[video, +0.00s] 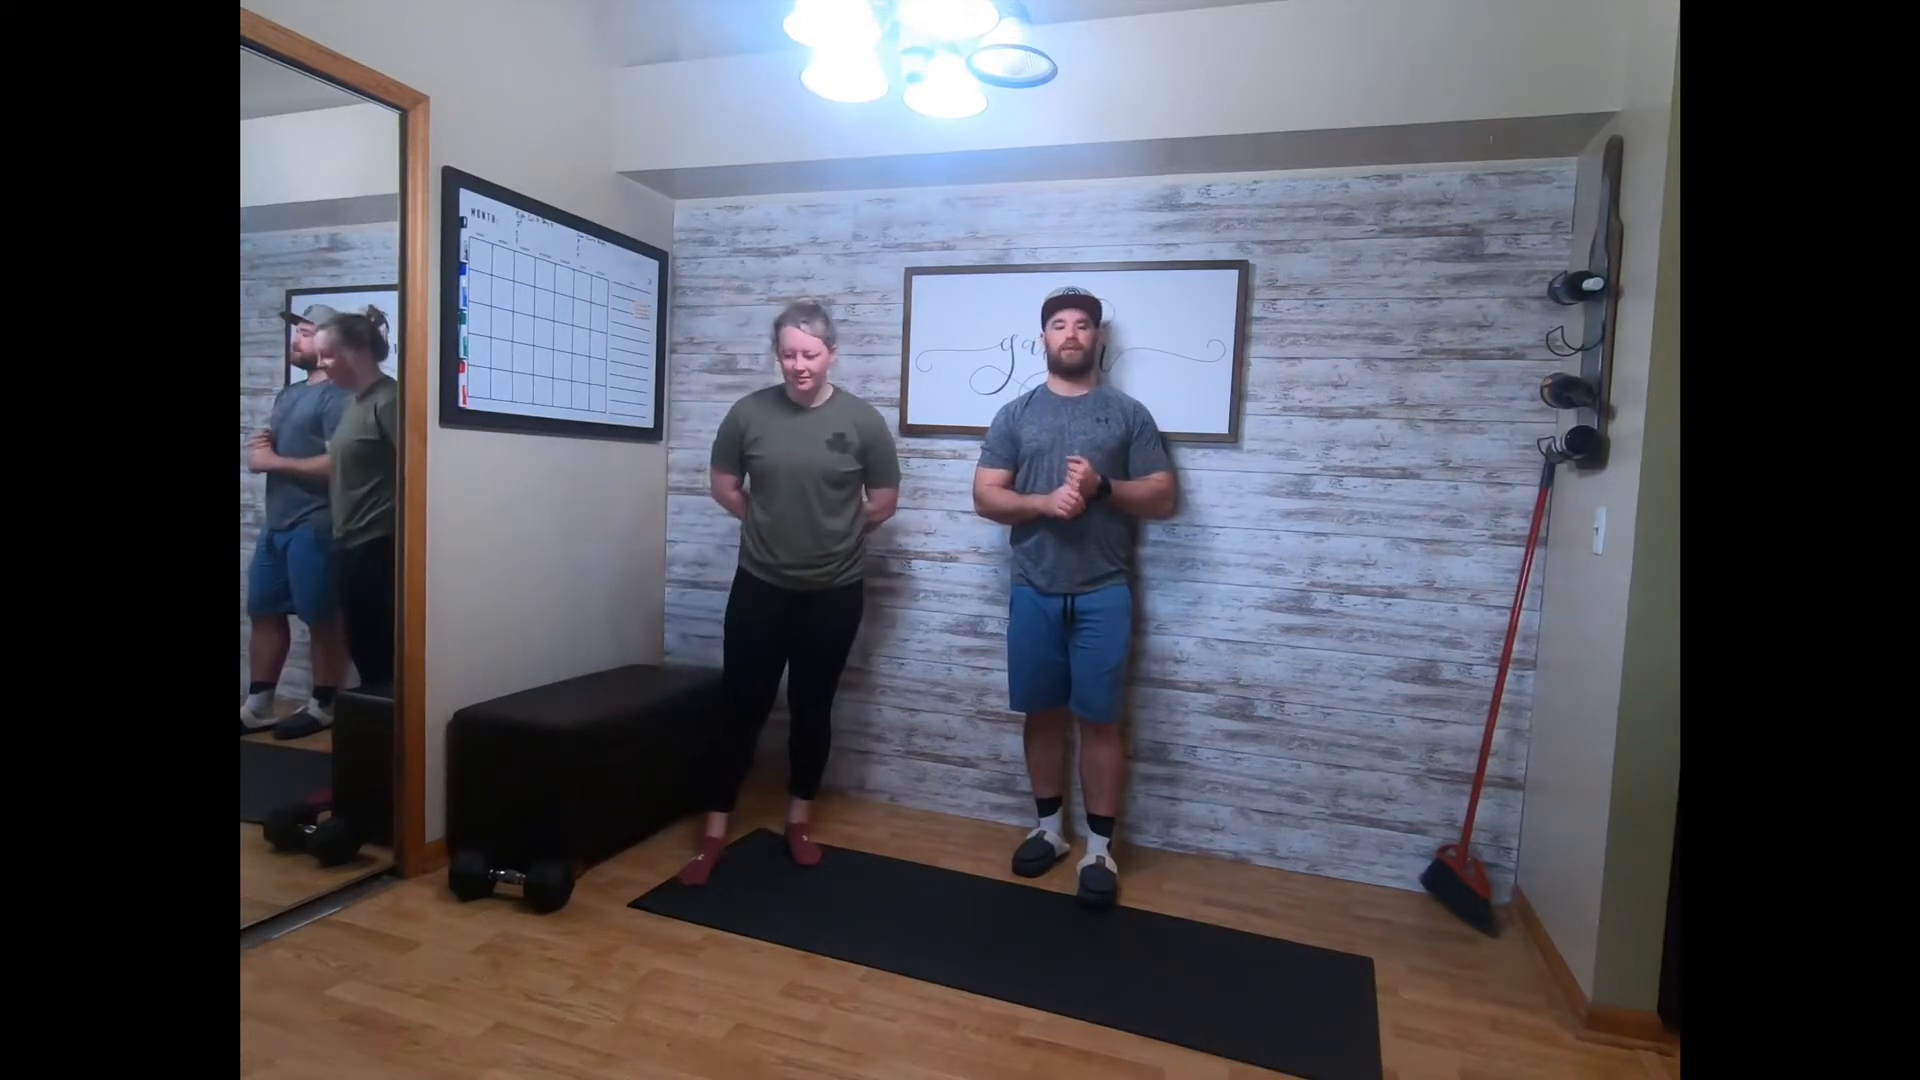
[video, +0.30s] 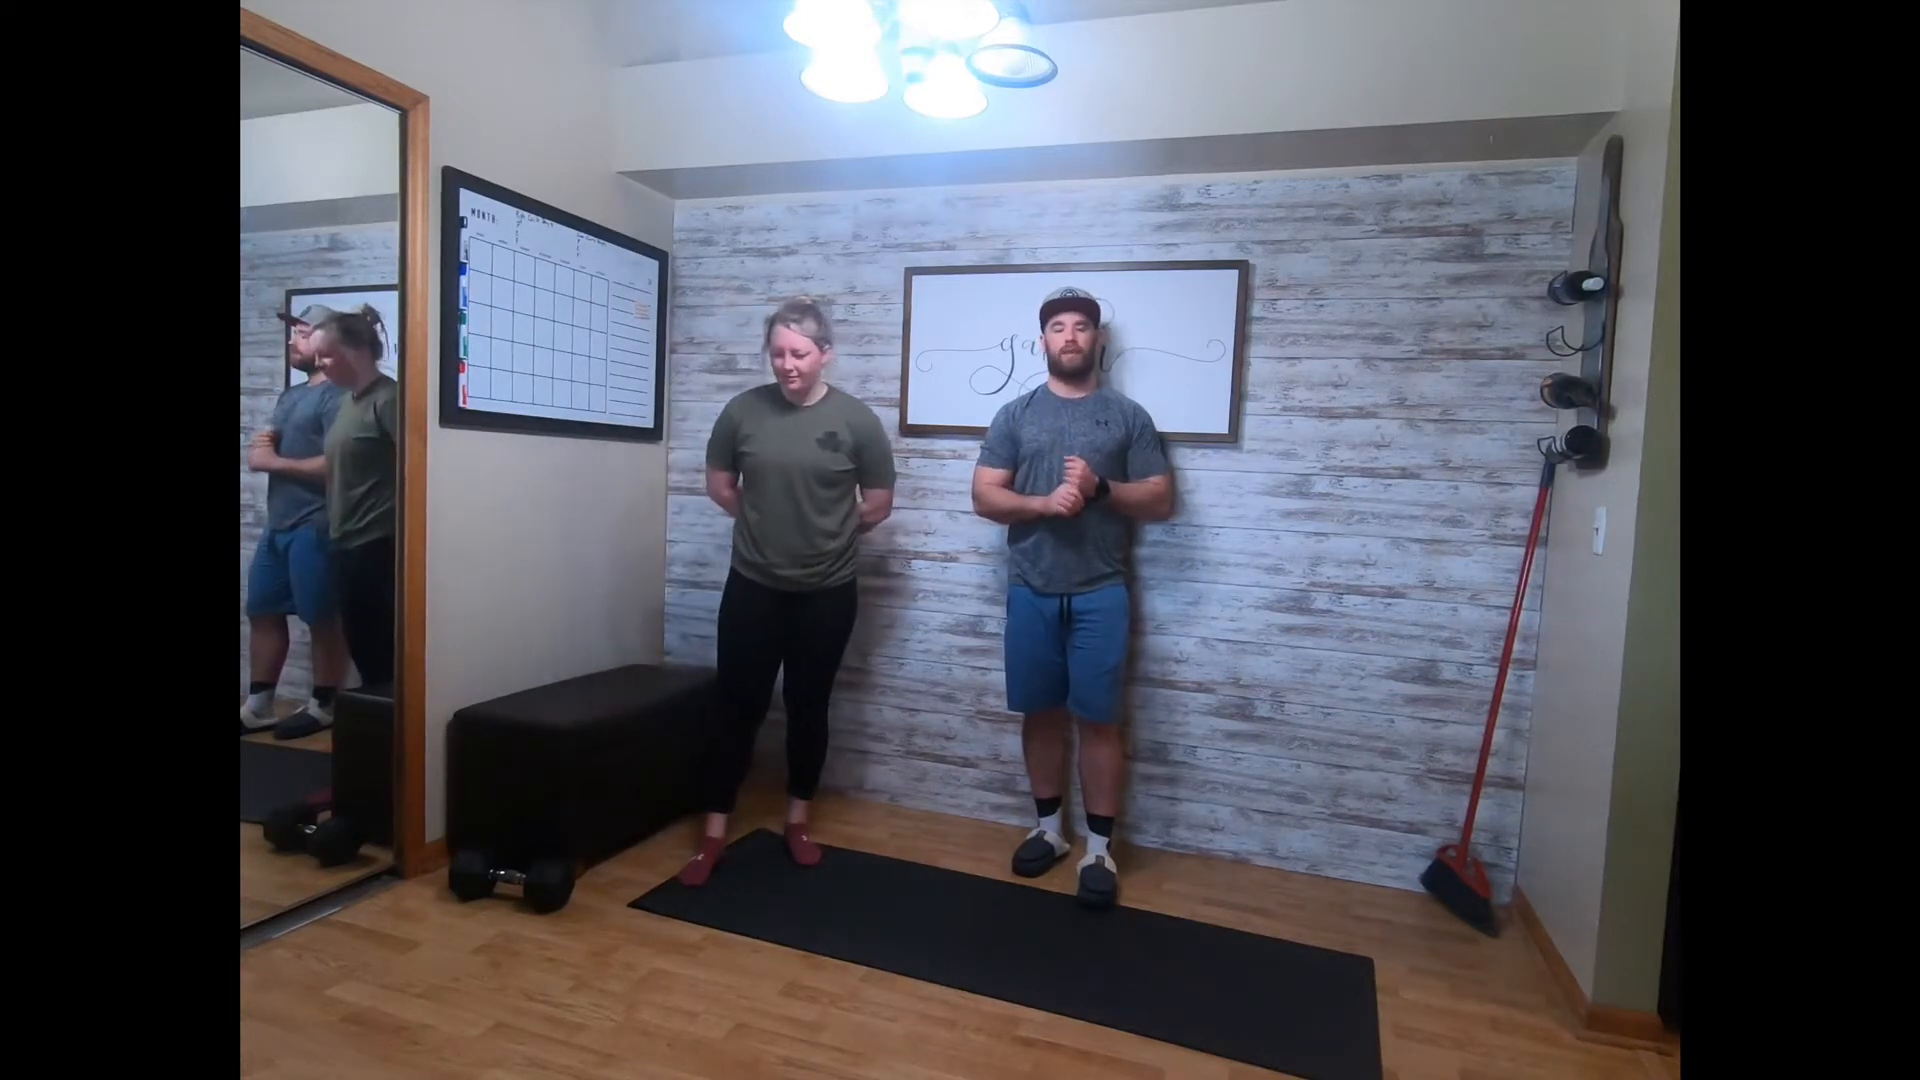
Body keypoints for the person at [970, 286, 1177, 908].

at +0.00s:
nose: (1071, 333)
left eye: (1082, 325)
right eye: (1059, 325)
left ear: (1098, 339)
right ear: (1043, 339)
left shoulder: (1126, 414)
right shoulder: (1015, 415)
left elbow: (1163, 498)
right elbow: (986, 497)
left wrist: (1104, 488)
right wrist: (1042, 502)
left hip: (1103, 586)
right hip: (1034, 586)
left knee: (1098, 716)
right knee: (1042, 711)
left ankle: (1099, 850)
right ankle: (1049, 831)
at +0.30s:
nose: (1069, 336)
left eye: (1081, 327)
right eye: (1058, 328)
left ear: (1097, 340)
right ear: (1043, 341)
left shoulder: (1126, 416)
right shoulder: (1015, 415)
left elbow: (1160, 501)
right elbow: (985, 496)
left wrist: (1103, 489)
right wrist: (1042, 503)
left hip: (1101, 585)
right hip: (1031, 585)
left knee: (1097, 715)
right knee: (1040, 710)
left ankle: (1098, 850)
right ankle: (1048, 831)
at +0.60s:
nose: (1071, 335)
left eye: (1083, 327)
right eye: (1060, 327)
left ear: (1099, 341)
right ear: (1044, 340)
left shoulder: (1124, 415)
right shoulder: (1017, 411)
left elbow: (1165, 502)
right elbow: (966, 489)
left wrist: (1158, 455)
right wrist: (991, 454)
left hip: (1097, 583)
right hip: (1029, 582)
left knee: (1094, 715)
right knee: (1038, 711)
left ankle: (1098, 851)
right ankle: (1048, 831)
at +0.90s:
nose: (1071, 335)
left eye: (1083, 327)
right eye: (1060, 326)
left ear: (1099, 341)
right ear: (1044, 339)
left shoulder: (1127, 408)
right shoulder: (1015, 405)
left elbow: (1199, 445)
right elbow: (939, 436)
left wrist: (1204, 374)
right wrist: (949, 369)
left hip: (1095, 584)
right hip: (1025, 583)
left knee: (1095, 717)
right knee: (1036, 712)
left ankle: (1097, 851)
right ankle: (1048, 831)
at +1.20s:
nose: (1071, 337)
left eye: (1082, 328)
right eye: (1059, 328)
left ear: (1100, 339)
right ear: (1044, 341)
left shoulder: (1124, 394)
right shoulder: (1019, 391)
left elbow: (1184, 337)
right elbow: (951, 341)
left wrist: (1215, 256)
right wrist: (935, 260)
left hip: (1093, 574)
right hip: (1024, 572)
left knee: (1094, 712)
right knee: (1035, 707)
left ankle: (1097, 848)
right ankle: (1047, 829)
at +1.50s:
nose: (1064, 336)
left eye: (1076, 327)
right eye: (1053, 328)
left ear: (1093, 339)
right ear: (1038, 340)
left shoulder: (1122, 408)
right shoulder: (1012, 404)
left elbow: (1199, 440)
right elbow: (937, 443)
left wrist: (1185, 376)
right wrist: (942, 378)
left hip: (1094, 579)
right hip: (1024, 577)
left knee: (1093, 715)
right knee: (1036, 709)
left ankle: (1097, 851)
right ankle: (1048, 831)